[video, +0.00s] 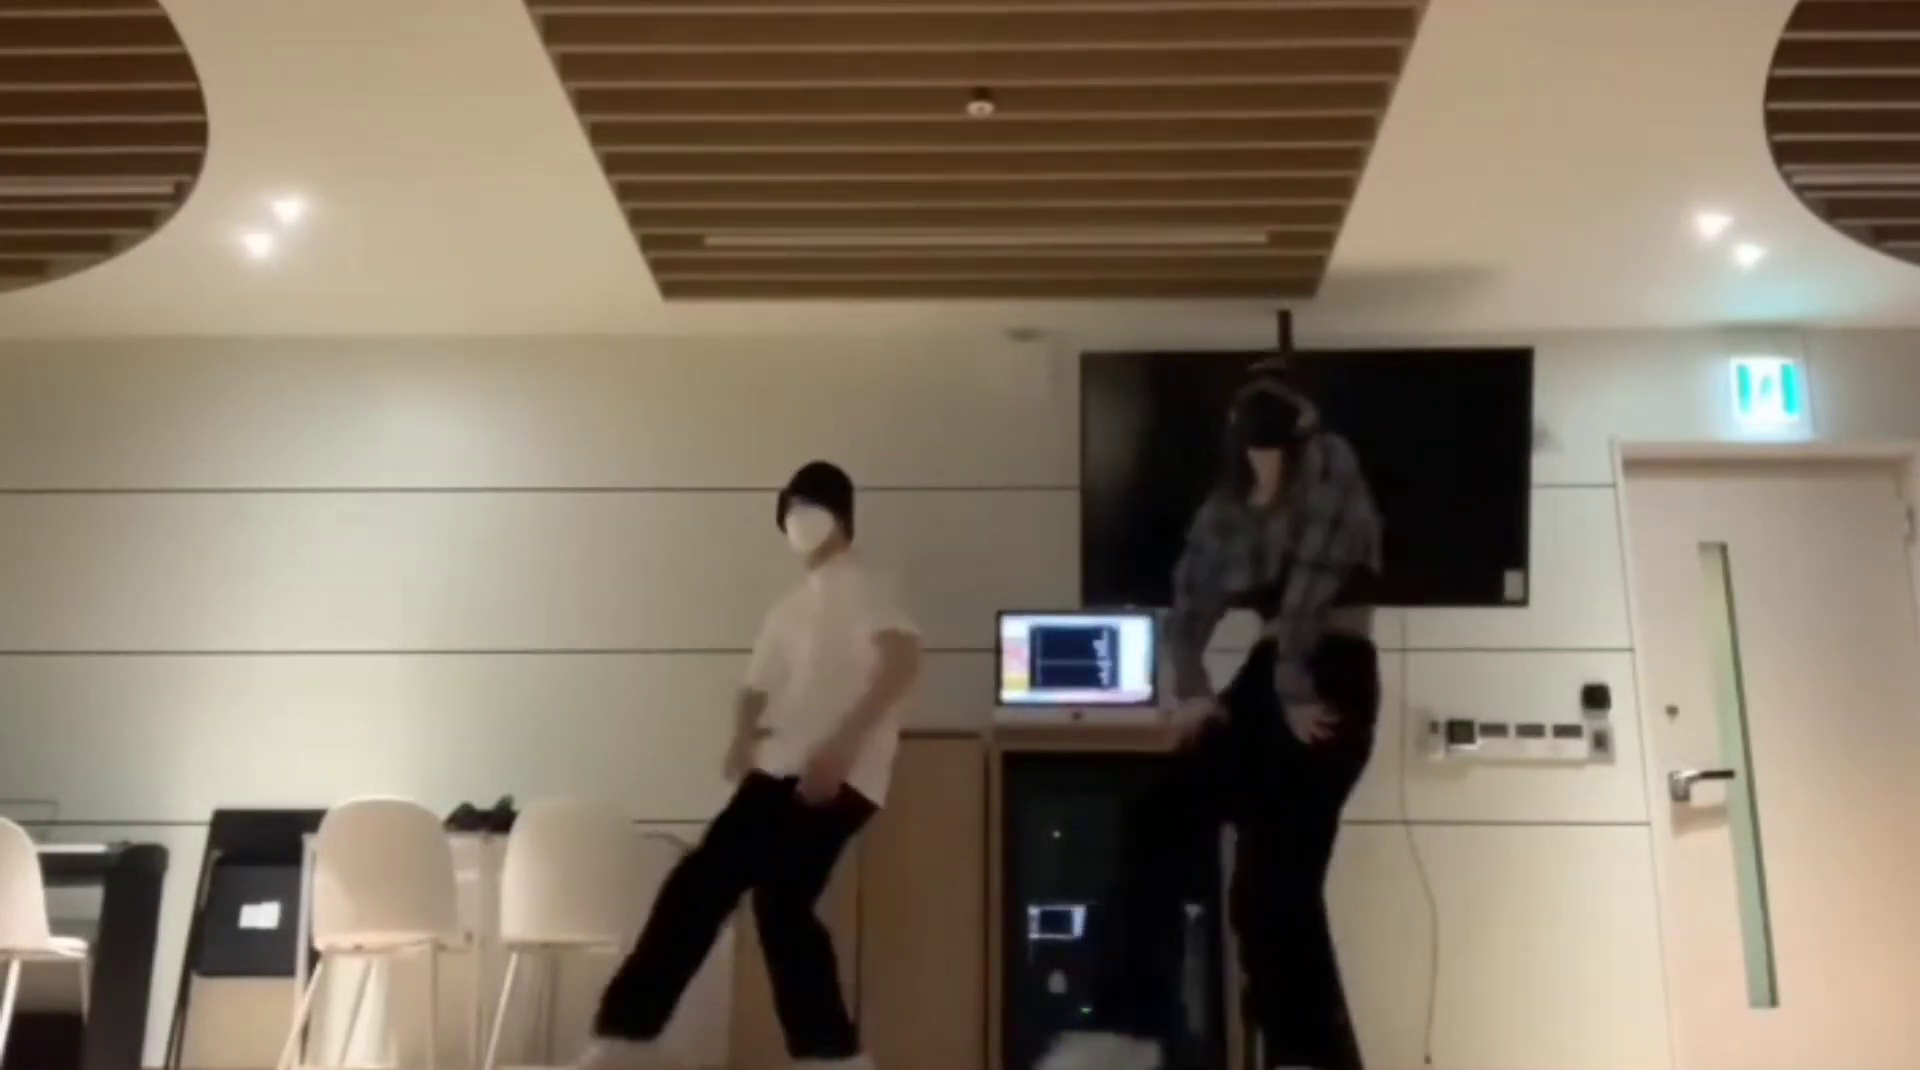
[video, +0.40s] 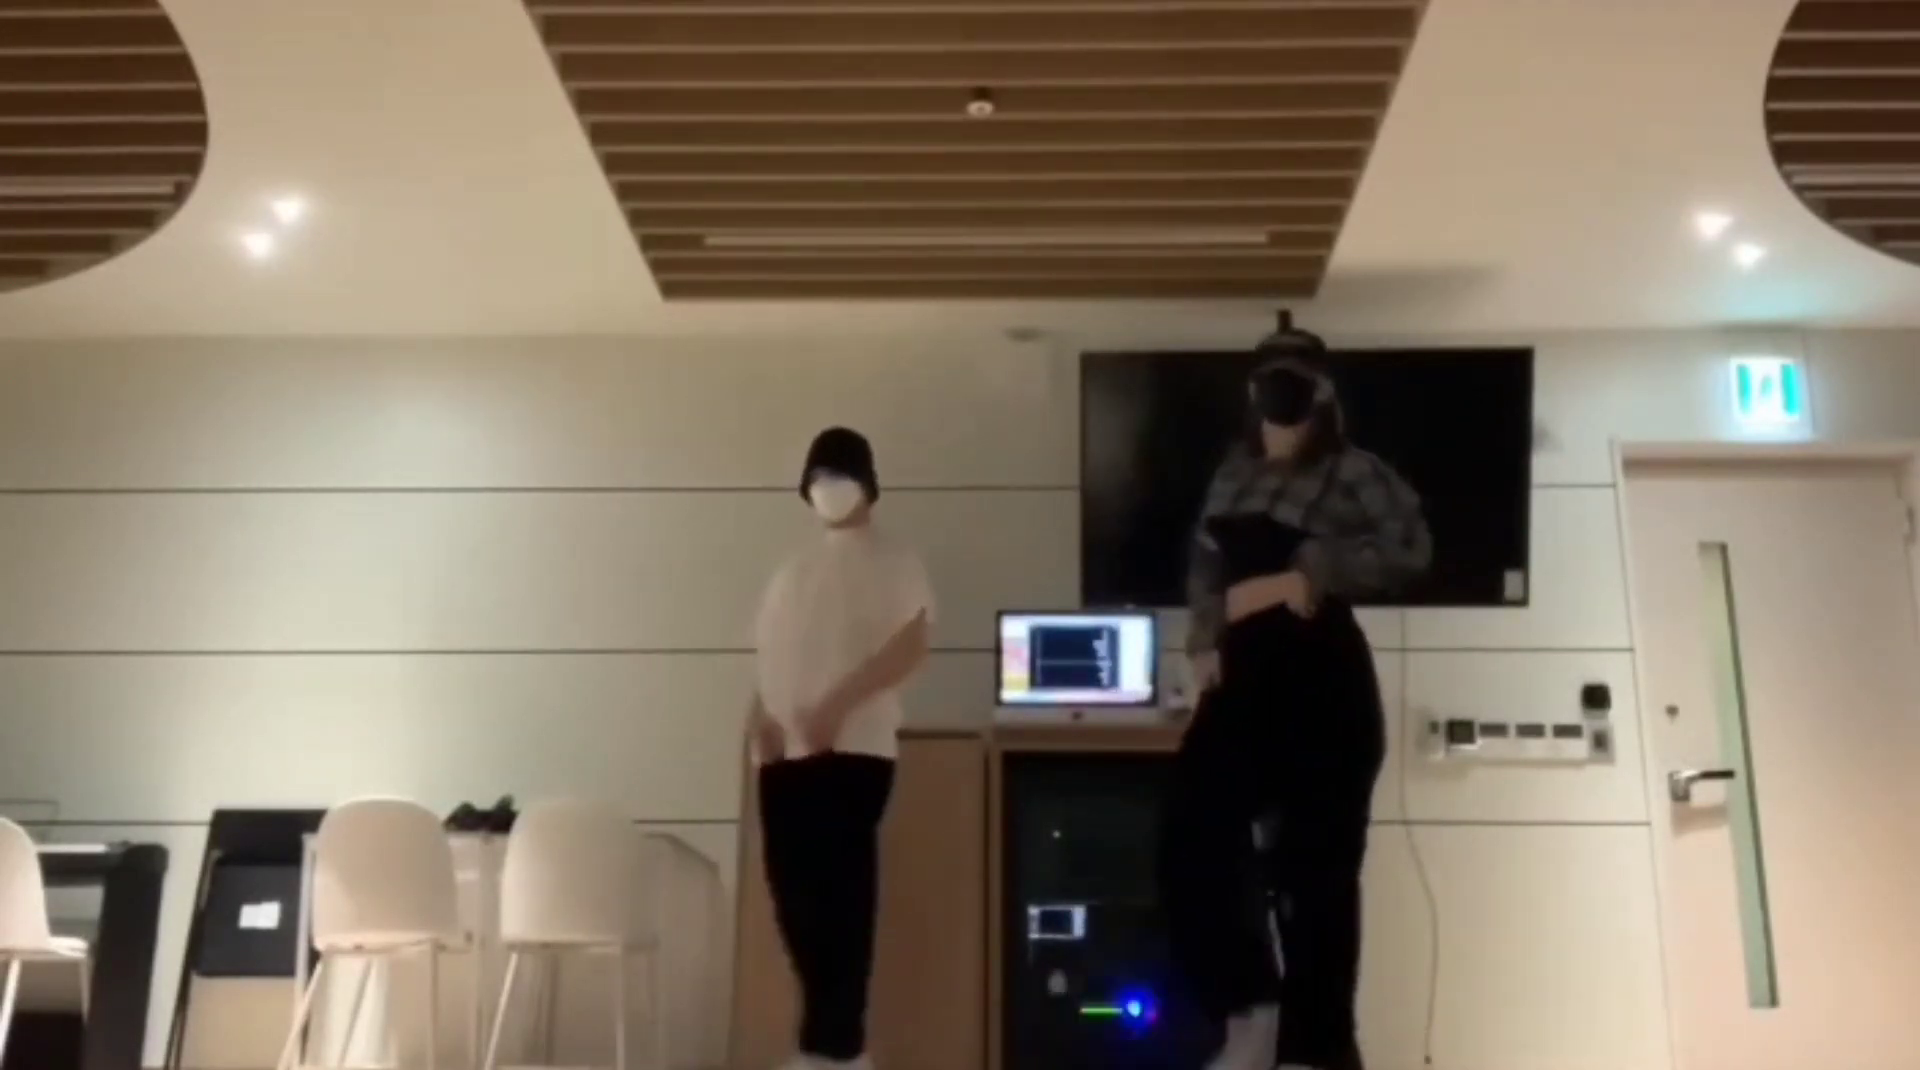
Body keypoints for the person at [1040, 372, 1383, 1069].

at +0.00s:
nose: (1265, 448)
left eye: (1277, 432)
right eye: (1252, 435)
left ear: (1302, 432)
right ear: (1239, 441)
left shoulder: (1331, 472)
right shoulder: (1225, 510)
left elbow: (1322, 573)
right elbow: (1186, 609)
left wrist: (1295, 682)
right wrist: (1189, 691)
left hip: (1329, 670)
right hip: (1260, 673)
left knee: (1276, 885)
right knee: (1160, 815)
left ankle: (1308, 1053)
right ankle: (1131, 1019)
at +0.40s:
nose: (1281, 390)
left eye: (1297, 378)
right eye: (1269, 378)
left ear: (1324, 392)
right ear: (1254, 392)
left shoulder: (1356, 473)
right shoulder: (1235, 473)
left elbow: (1409, 556)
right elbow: (1206, 565)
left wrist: (1307, 574)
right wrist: (1205, 645)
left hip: (1325, 679)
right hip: (1242, 681)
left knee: (1316, 859)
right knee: (1193, 835)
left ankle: (1319, 1044)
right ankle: (1246, 1011)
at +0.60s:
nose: (1274, 399)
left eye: (1289, 386)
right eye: (1265, 386)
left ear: (1316, 399)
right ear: (1250, 398)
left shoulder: (1350, 484)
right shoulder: (1228, 469)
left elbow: (1378, 583)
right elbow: (1193, 568)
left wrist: (1289, 558)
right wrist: (1191, 674)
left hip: (1310, 667)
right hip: (1236, 668)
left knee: (1304, 861)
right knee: (1248, 854)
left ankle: (1317, 1043)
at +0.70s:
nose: (1271, 399)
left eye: (1288, 386)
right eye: (1261, 385)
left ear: (1317, 404)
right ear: (1244, 401)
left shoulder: (1349, 485)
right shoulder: (1207, 481)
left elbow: (1360, 592)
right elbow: (1185, 596)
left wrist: (1279, 600)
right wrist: (1213, 698)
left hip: (1305, 677)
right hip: (1234, 682)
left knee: (1199, 832)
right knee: (1305, 858)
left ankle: (1217, 1029)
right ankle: (1388, 1038)